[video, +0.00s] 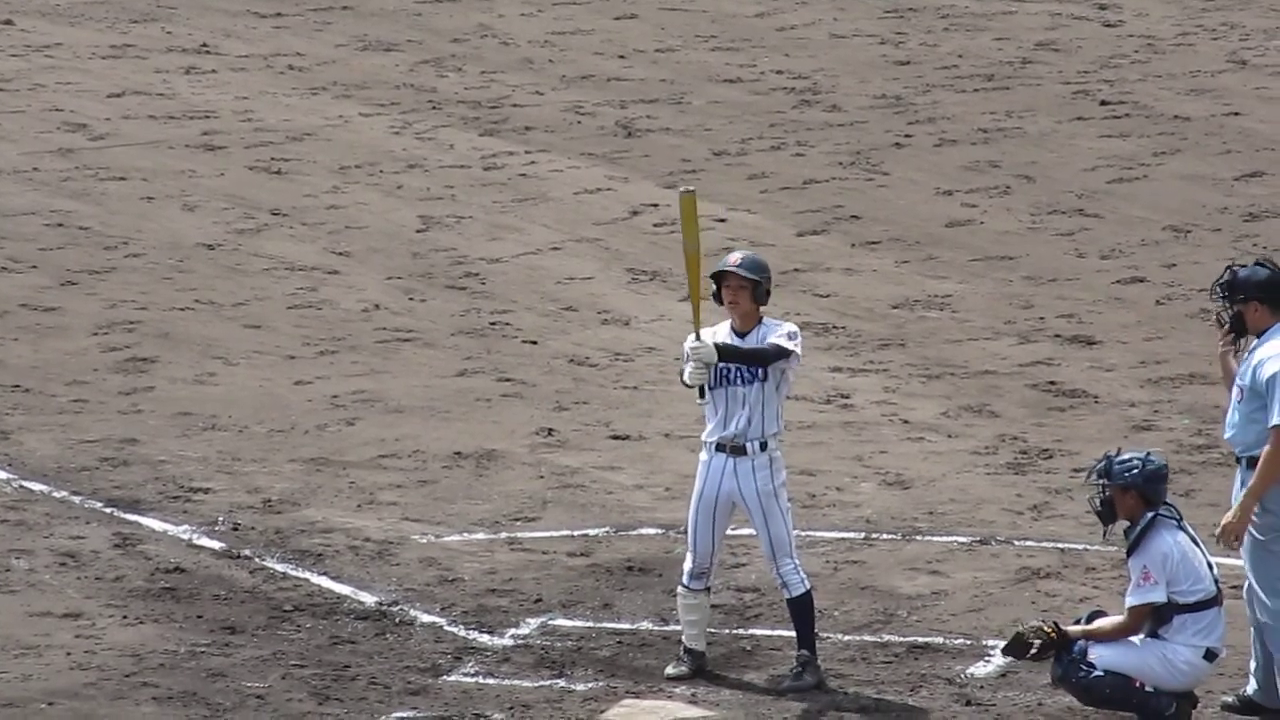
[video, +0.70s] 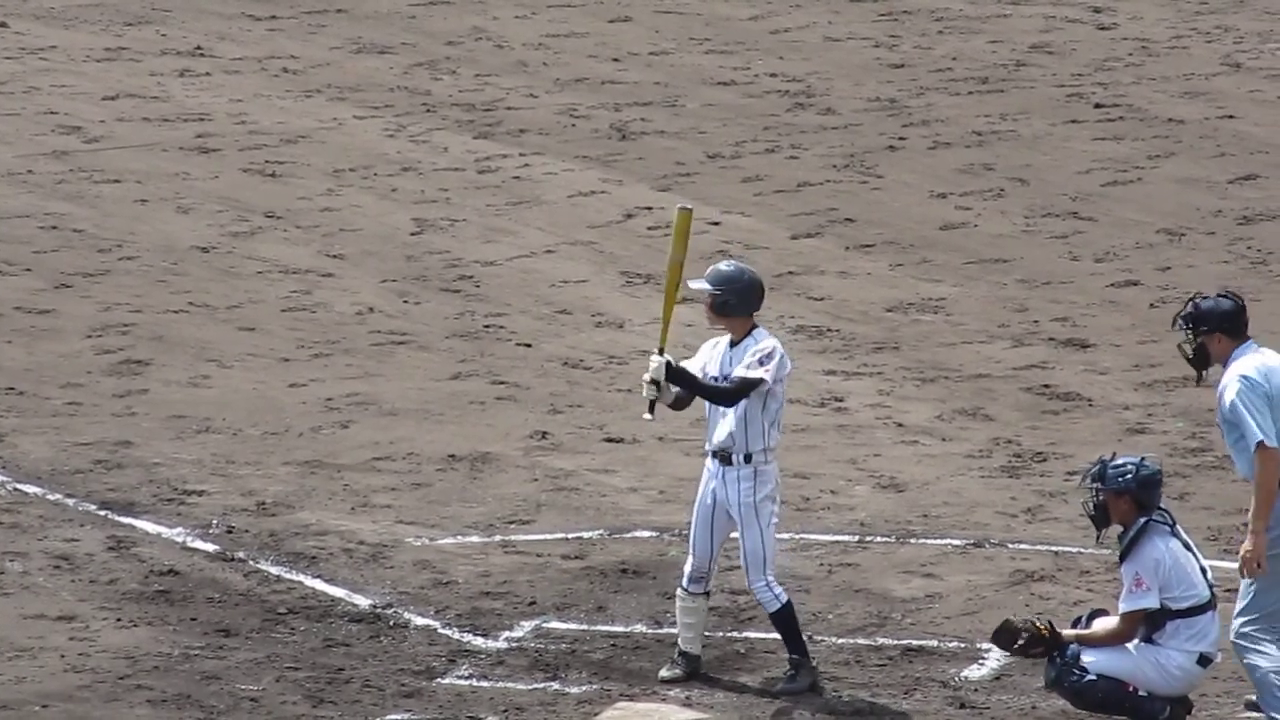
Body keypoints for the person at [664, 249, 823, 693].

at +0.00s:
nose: (730, 293)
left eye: (740, 286)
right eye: (725, 285)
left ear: (760, 291)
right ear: (719, 291)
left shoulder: (782, 331)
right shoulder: (709, 338)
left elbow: (776, 357)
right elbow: (699, 388)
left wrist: (719, 353)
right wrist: (694, 376)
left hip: (760, 463)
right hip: (713, 461)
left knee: (784, 562)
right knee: (697, 560)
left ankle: (808, 661)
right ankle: (692, 653)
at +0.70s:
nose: (705, 304)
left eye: (711, 299)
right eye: (706, 298)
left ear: (731, 305)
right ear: (734, 306)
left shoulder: (768, 349)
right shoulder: (710, 350)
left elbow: (730, 395)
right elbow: (681, 402)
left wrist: (674, 372)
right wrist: (665, 391)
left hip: (753, 475)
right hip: (714, 471)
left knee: (760, 580)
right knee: (697, 568)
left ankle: (802, 666)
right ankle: (687, 658)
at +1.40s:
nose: (726, 312)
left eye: (733, 306)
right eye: (728, 305)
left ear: (753, 312)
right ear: (756, 311)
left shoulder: (802, 349)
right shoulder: (728, 354)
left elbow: (780, 387)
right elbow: (715, 415)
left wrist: (731, 360)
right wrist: (716, 394)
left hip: (779, 474)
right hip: (733, 470)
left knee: (780, 576)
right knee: (700, 565)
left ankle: (801, 664)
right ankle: (686, 651)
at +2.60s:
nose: (715, 309)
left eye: (721, 304)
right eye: (715, 304)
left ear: (743, 309)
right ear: (717, 307)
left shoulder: (778, 350)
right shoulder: (709, 343)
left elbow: (801, 356)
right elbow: (685, 359)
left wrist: (764, 308)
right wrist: (720, 327)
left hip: (761, 479)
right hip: (714, 476)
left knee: (768, 581)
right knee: (688, 577)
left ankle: (800, 665)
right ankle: (686, 656)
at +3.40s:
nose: (704, 322)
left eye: (711, 316)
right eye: (705, 315)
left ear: (734, 322)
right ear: (716, 319)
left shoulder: (782, 354)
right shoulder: (702, 358)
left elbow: (770, 394)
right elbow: (702, 403)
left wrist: (743, 358)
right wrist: (724, 388)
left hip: (763, 486)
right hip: (715, 484)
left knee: (765, 586)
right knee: (683, 584)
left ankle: (797, 669)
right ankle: (683, 659)